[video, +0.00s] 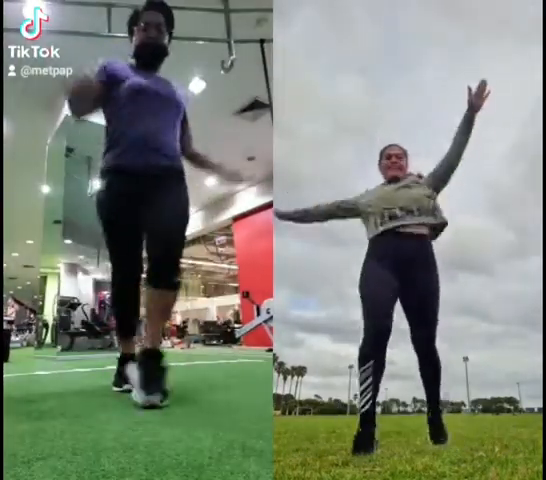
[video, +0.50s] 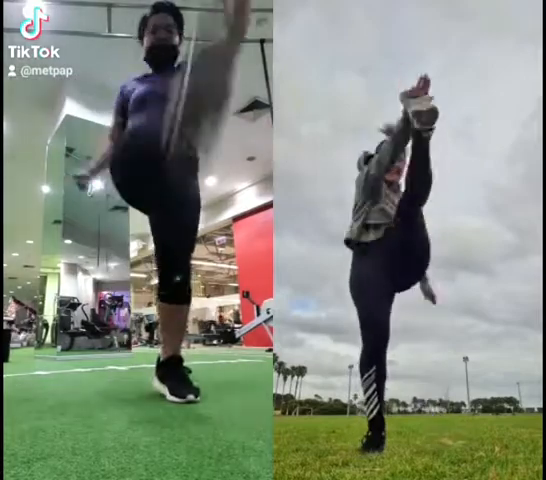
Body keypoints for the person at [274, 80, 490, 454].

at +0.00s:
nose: (394, 160)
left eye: (399, 156)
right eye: (388, 158)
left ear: (409, 165)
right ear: (380, 169)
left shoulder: (426, 186)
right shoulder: (369, 199)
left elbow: (454, 152)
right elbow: (325, 211)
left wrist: (470, 113)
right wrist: (285, 214)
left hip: (420, 257)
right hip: (381, 257)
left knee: (425, 342)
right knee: (375, 335)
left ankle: (434, 415)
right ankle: (366, 427)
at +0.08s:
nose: (389, 170)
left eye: (395, 167)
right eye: (383, 168)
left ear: (403, 176)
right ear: (374, 179)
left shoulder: (421, 199)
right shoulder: (357, 209)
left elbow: (452, 169)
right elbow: (310, 200)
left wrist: (470, 128)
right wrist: (270, 185)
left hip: (418, 278)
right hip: (377, 279)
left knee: (422, 356)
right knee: (371, 351)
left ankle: (432, 425)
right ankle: (369, 435)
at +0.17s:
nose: (380, 168)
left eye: (386, 165)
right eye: (374, 165)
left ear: (395, 174)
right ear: (366, 174)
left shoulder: (412, 198)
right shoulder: (354, 202)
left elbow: (449, 177)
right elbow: (315, 173)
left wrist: (480, 145)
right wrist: (285, 137)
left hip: (413, 273)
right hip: (372, 275)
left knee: (421, 351)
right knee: (365, 348)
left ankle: (430, 418)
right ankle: (368, 432)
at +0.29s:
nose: (378, 152)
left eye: (384, 148)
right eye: (372, 149)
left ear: (393, 156)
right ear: (363, 157)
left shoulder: (406, 187)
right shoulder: (356, 182)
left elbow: (447, 193)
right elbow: (336, 142)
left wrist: (488, 174)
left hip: (413, 252)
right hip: (374, 255)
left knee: (425, 322)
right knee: (372, 333)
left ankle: (428, 401)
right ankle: (366, 421)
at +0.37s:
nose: (387, 147)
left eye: (391, 143)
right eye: (380, 143)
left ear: (397, 150)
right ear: (368, 148)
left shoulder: (405, 184)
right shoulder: (362, 175)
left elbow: (433, 215)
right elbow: (365, 134)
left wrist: (470, 230)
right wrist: (378, 93)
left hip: (405, 245)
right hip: (373, 250)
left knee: (436, 278)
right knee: (373, 333)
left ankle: (440, 258)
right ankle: (370, 420)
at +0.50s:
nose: (399, 173)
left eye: (401, 169)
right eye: (393, 167)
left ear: (404, 173)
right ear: (378, 168)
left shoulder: (403, 204)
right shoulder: (368, 188)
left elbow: (417, 249)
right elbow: (386, 155)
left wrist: (425, 283)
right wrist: (408, 115)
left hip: (405, 260)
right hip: (371, 265)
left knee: (413, 206)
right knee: (374, 346)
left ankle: (424, 134)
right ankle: (376, 428)